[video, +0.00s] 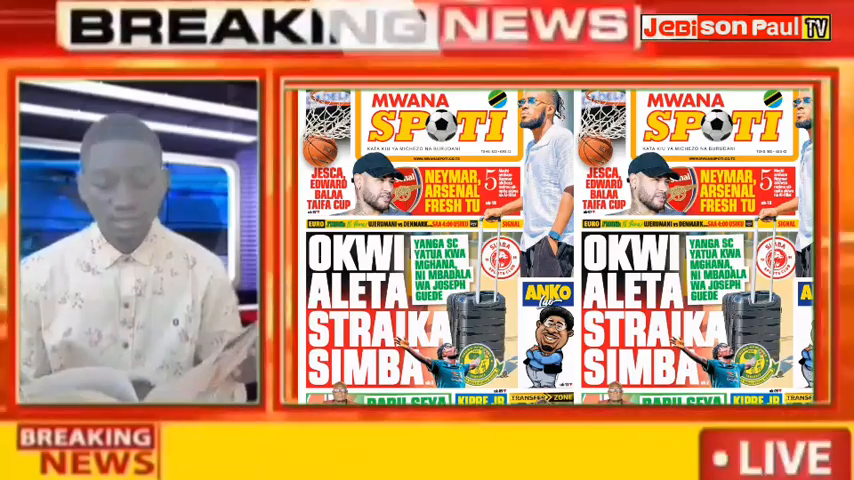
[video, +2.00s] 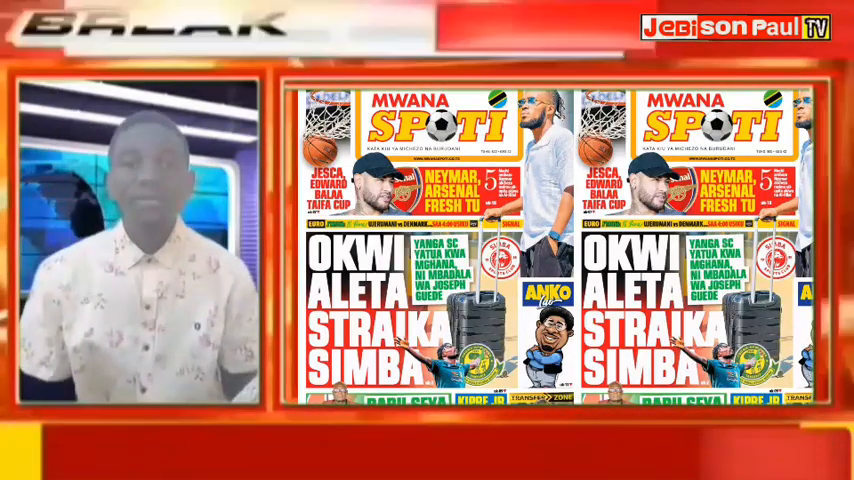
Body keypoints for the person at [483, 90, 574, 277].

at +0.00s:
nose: (523, 107)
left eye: (531, 101)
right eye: (522, 103)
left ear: (549, 110)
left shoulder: (563, 139)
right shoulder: (531, 147)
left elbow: (571, 192)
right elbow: (532, 196)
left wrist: (554, 238)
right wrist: (502, 211)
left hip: (551, 241)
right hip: (530, 242)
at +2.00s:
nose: (523, 107)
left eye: (531, 101)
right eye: (522, 103)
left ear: (550, 110)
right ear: (519, 108)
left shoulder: (563, 139)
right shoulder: (531, 147)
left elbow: (571, 192)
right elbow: (532, 195)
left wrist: (554, 238)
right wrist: (502, 211)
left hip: (551, 241)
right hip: (530, 242)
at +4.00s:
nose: (523, 107)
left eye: (531, 102)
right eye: (522, 103)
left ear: (549, 110)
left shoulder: (563, 139)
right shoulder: (531, 147)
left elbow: (571, 192)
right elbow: (532, 196)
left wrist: (554, 238)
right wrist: (502, 211)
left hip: (551, 241)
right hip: (529, 242)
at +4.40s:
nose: (523, 107)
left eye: (531, 102)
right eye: (522, 103)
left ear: (549, 110)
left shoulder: (563, 139)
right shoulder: (531, 147)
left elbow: (571, 192)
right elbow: (532, 196)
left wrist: (554, 238)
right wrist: (502, 211)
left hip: (551, 241)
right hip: (529, 242)